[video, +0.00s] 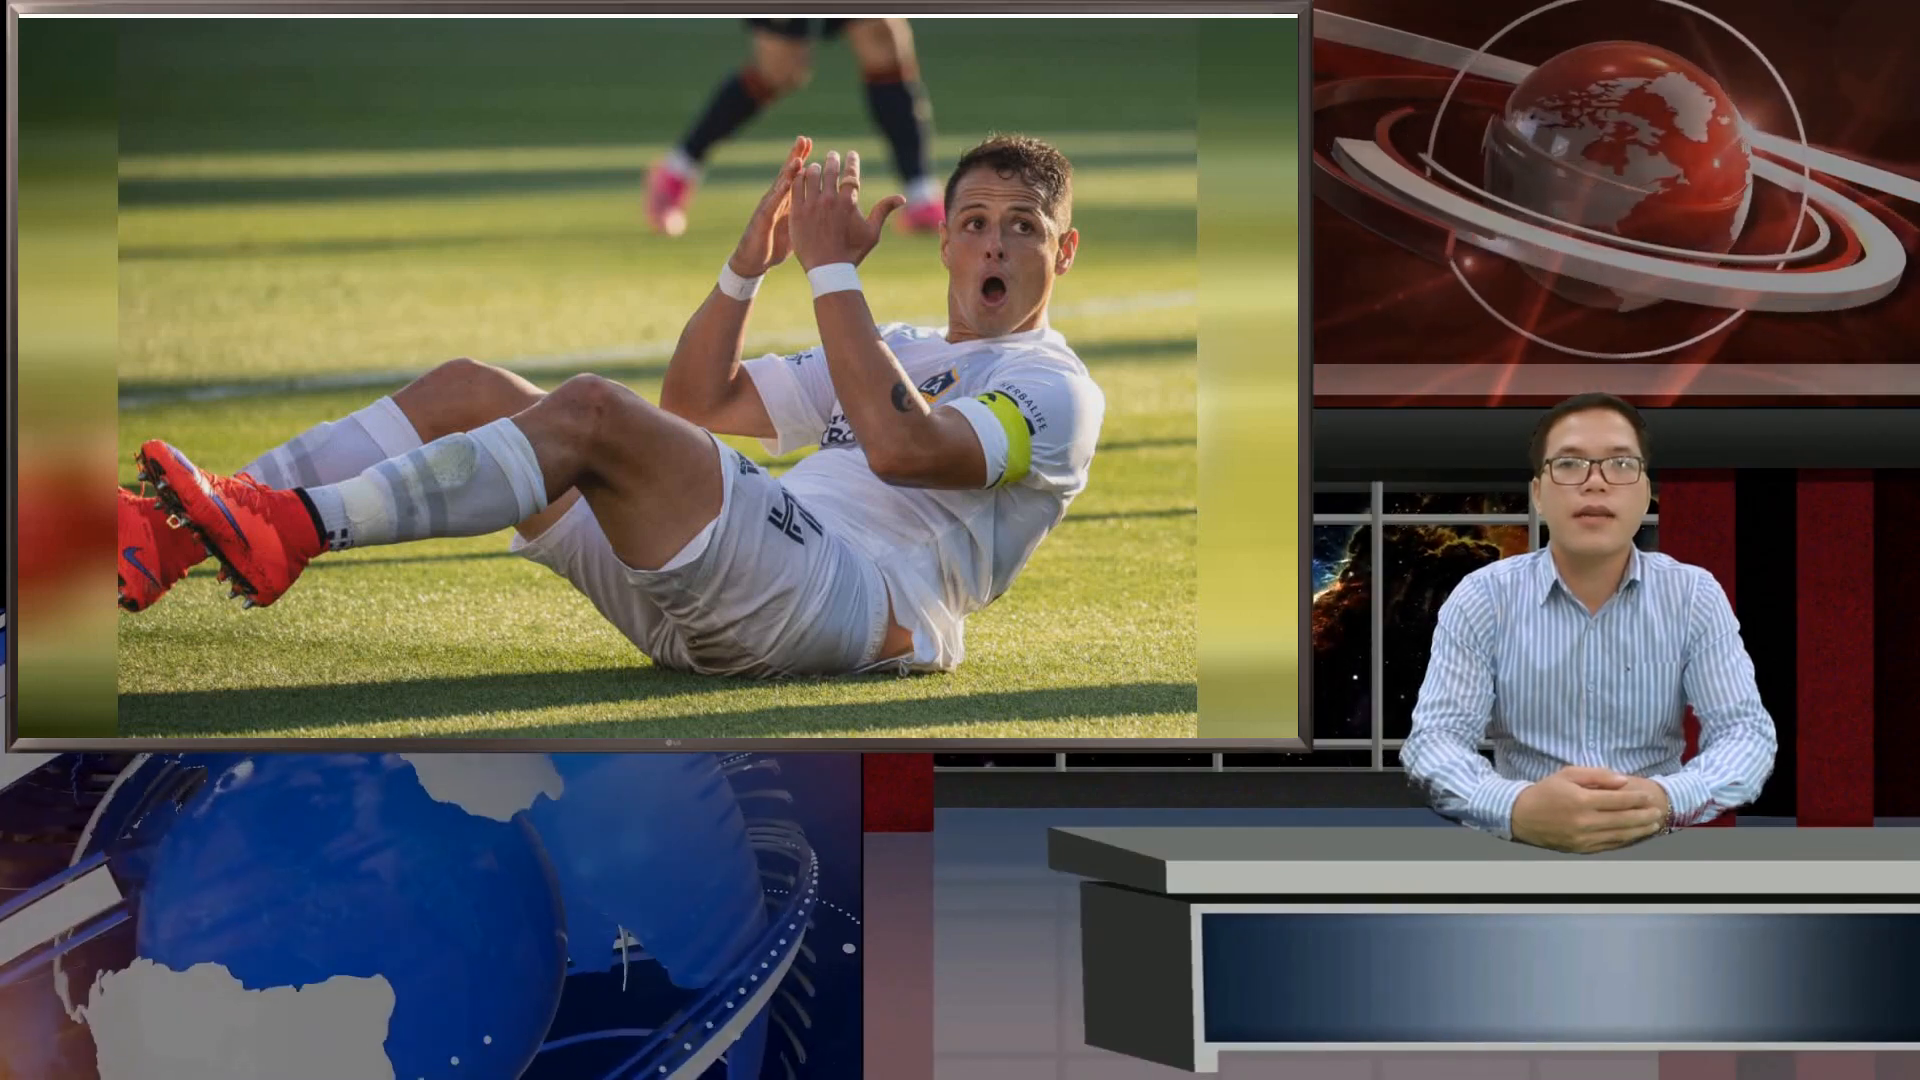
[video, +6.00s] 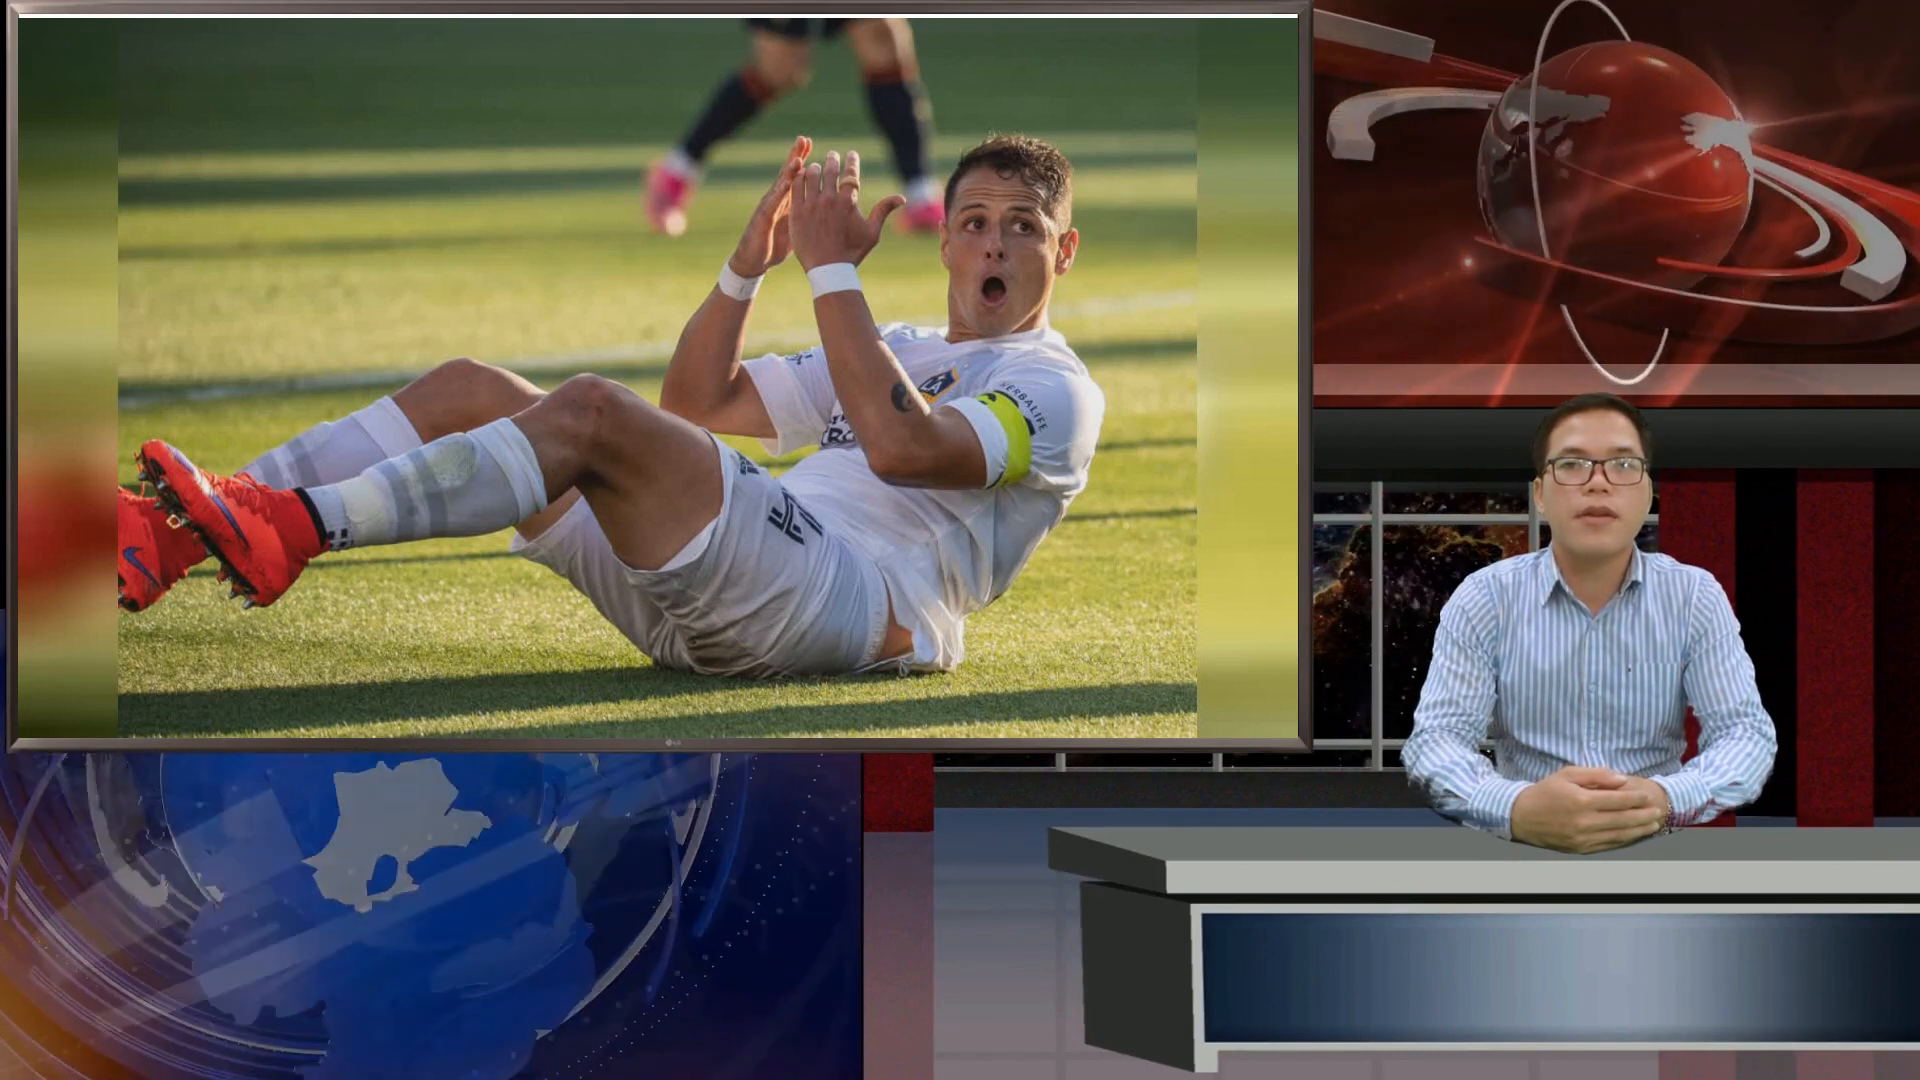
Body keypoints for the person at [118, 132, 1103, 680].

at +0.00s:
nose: (995, 246)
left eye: (1022, 230)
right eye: (976, 224)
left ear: (1065, 257)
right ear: (942, 241)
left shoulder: (1055, 389)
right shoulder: (892, 358)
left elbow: (902, 447)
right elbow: (695, 404)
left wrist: (833, 270)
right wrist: (747, 270)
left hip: (840, 603)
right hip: (732, 573)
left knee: (593, 413)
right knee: (468, 389)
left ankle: (299, 525)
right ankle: (180, 538)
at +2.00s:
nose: (996, 246)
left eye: (1023, 230)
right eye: (976, 223)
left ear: (1066, 257)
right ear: (943, 241)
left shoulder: (1056, 389)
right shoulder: (892, 358)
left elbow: (901, 447)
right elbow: (695, 405)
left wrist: (833, 268)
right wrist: (747, 269)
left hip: (840, 604)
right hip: (732, 572)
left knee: (593, 413)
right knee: (468, 389)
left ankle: (300, 524)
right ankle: (175, 541)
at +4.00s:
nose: (995, 246)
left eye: (1022, 230)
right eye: (975, 224)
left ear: (1065, 257)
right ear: (942, 242)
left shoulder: (1054, 389)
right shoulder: (893, 359)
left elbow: (901, 447)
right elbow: (695, 404)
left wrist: (833, 270)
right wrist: (746, 270)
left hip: (842, 602)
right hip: (734, 572)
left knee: (592, 413)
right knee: (468, 389)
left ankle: (299, 524)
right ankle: (173, 542)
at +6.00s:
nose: (994, 246)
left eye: (1021, 230)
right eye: (974, 224)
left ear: (1065, 257)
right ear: (942, 242)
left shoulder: (1055, 389)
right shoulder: (893, 358)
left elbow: (901, 447)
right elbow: (695, 404)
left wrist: (834, 270)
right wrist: (746, 270)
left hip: (842, 602)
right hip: (734, 572)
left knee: (592, 413)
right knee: (467, 389)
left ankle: (300, 524)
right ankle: (174, 541)